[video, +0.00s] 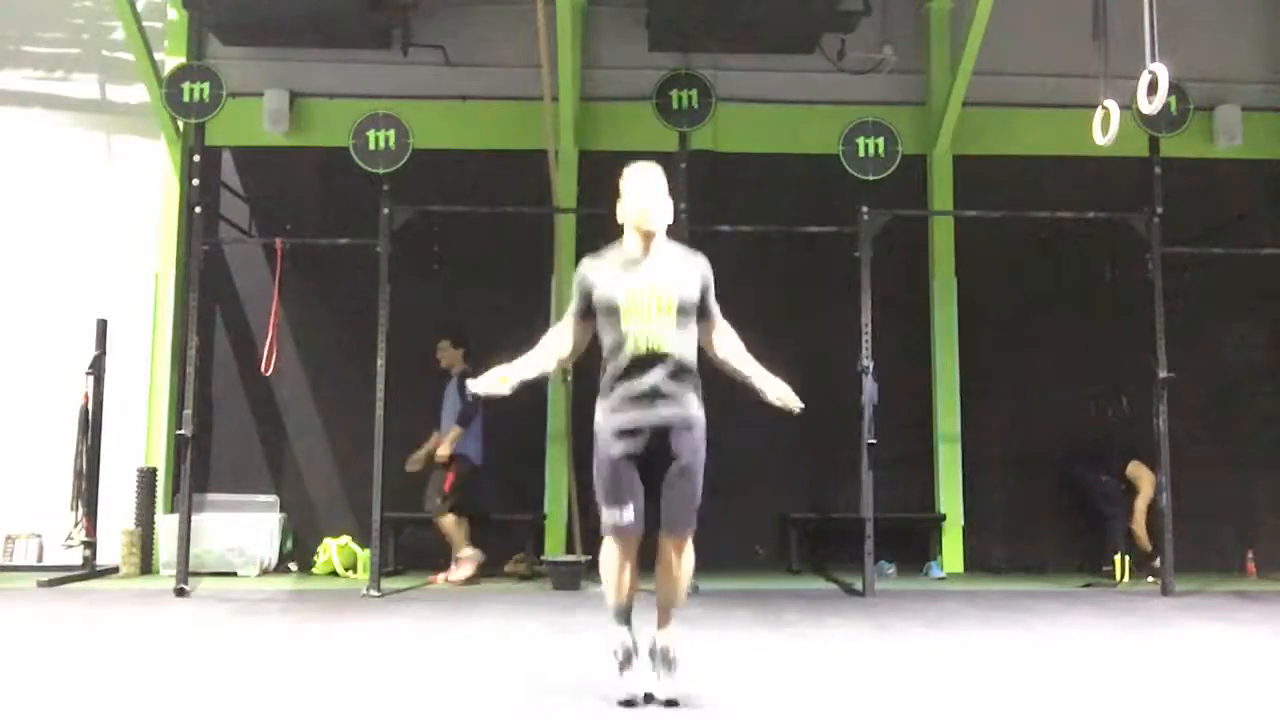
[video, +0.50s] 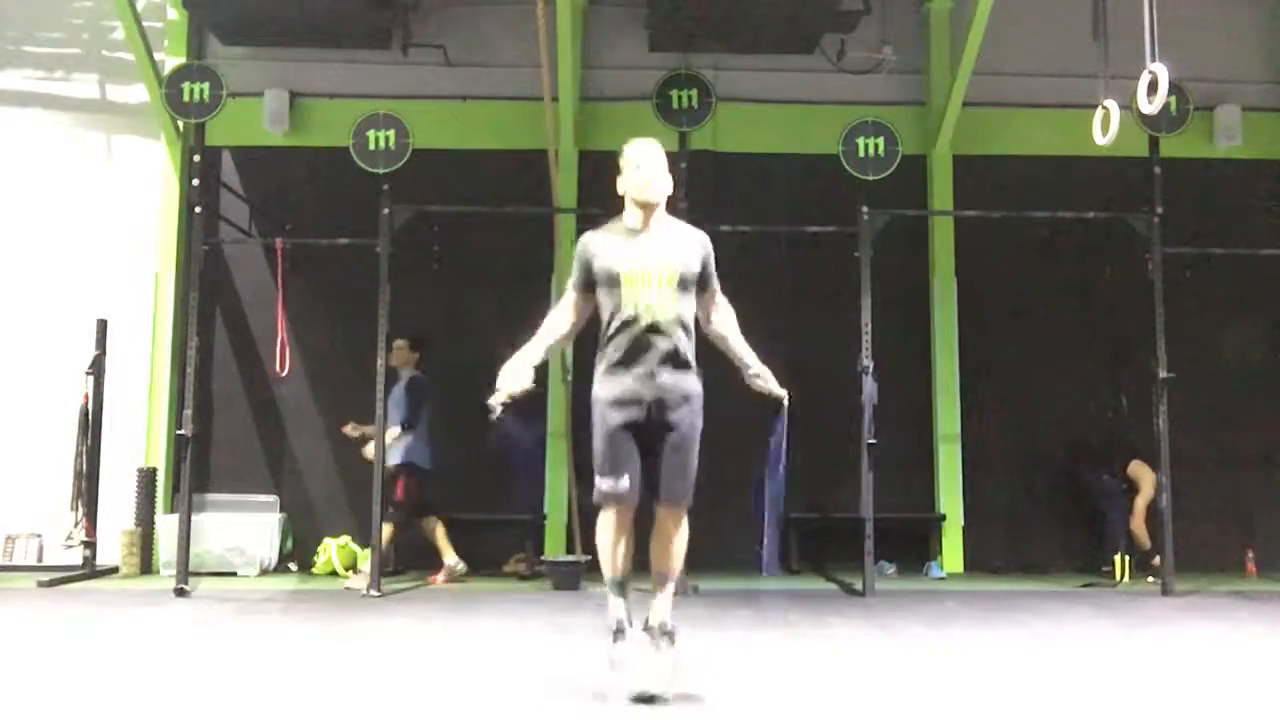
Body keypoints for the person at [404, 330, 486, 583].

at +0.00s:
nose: (438, 355)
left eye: (443, 350)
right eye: (438, 350)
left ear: (459, 351)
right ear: (449, 353)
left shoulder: (467, 378)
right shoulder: (452, 383)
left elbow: (468, 412)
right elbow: (444, 426)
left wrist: (448, 442)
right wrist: (424, 451)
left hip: (464, 452)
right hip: (453, 452)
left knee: (437, 502)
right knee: (454, 506)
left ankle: (465, 552)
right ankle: (459, 562)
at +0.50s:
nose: (392, 354)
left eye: (398, 349)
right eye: (393, 349)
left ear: (414, 355)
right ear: (395, 355)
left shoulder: (416, 383)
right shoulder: (400, 385)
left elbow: (409, 425)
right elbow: (392, 425)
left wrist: (380, 443)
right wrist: (364, 430)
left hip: (409, 459)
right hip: (401, 459)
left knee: (390, 516)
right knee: (423, 513)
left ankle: (369, 572)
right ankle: (452, 561)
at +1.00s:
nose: (352, 344)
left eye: (359, 340)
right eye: (351, 340)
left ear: (373, 350)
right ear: (350, 349)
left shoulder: (373, 376)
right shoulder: (351, 382)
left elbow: (343, 385)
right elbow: (347, 422)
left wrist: (299, 370)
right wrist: (320, 412)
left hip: (361, 456)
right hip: (340, 455)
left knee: (362, 516)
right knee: (319, 507)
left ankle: (367, 571)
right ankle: (318, 567)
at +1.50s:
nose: (308, 350)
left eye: (314, 345)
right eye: (304, 345)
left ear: (322, 350)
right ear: (295, 348)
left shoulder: (327, 375)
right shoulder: (286, 374)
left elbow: (336, 381)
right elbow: (262, 386)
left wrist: (303, 354)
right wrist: (266, 363)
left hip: (321, 453)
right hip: (288, 455)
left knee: (330, 511)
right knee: (283, 514)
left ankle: (354, 566)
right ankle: (285, 572)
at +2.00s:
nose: (299, 351)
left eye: (303, 346)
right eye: (295, 345)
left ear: (308, 349)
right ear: (285, 346)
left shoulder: (316, 372)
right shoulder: (273, 373)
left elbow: (329, 375)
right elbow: (259, 373)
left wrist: (314, 356)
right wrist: (269, 349)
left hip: (314, 452)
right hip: (280, 452)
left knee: (315, 516)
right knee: (279, 517)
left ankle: (315, 572)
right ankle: (283, 572)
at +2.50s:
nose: (310, 351)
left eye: (315, 347)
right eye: (305, 345)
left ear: (322, 351)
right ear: (296, 348)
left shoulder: (330, 373)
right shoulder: (284, 373)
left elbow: (333, 398)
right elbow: (263, 403)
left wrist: (311, 396)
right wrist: (263, 385)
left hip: (320, 453)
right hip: (288, 452)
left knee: (318, 517)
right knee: (285, 516)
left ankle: (316, 572)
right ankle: (284, 572)